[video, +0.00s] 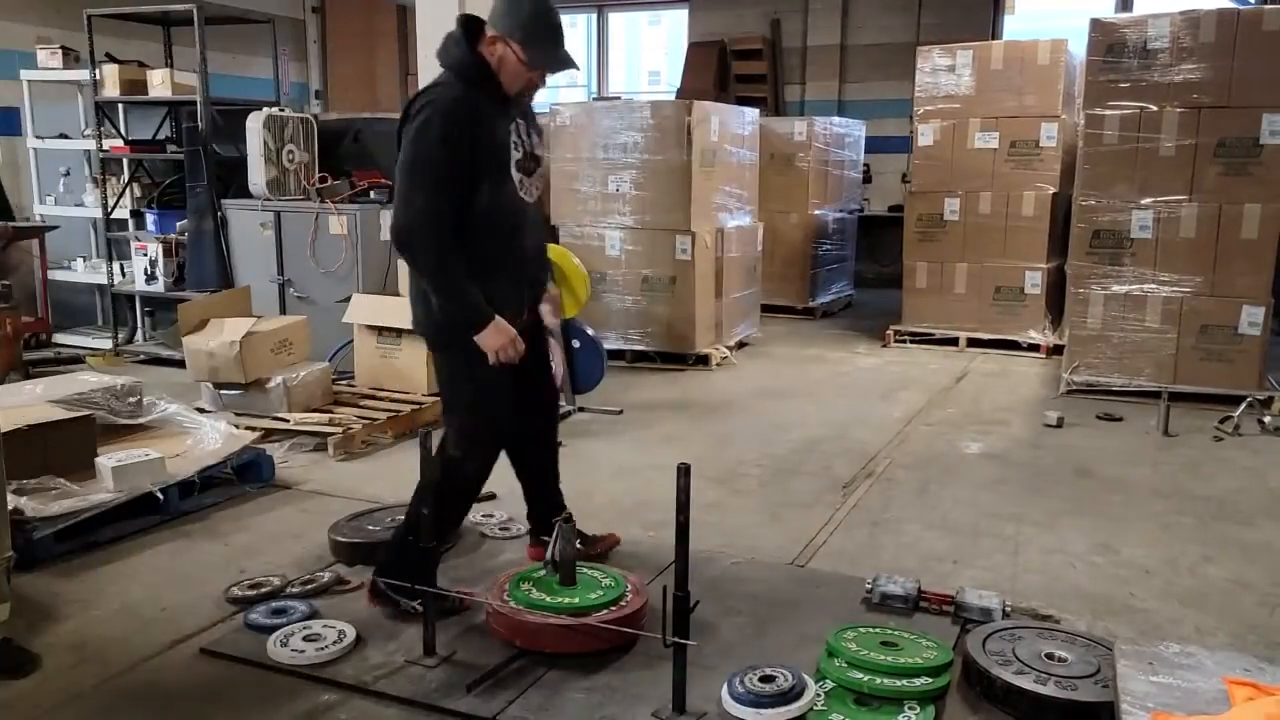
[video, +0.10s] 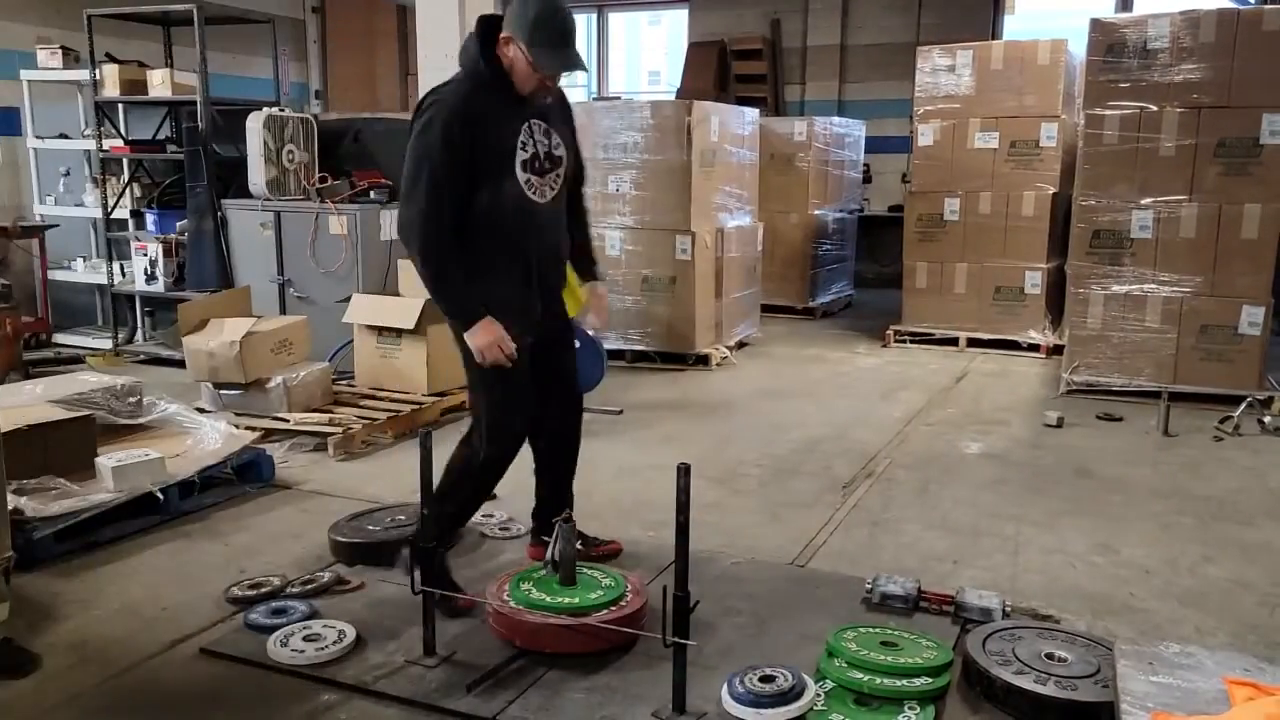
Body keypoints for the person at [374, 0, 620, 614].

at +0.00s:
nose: (542, 81)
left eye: (547, 69)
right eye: (537, 67)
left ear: (510, 53)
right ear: (499, 48)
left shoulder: (512, 108)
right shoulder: (446, 110)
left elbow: (522, 207)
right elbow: (416, 235)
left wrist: (550, 279)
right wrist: (480, 320)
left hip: (517, 300)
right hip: (463, 309)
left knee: (535, 419)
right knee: (475, 438)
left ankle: (552, 532)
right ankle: (402, 572)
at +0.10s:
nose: (553, 80)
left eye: (559, 68)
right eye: (543, 67)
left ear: (560, 57)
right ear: (509, 47)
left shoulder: (552, 104)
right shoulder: (453, 108)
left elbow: (569, 196)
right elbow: (419, 227)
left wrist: (590, 277)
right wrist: (471, 318)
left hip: (544, 294)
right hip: (484, 301)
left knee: (561, 416)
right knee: (499, 431)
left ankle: (553, 530)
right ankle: (427, 549)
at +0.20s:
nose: (556, 78)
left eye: (565, 65)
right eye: (544, 66)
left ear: (575, 45)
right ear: (511, 45)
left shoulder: (580, 101)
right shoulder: (460, 105)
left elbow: (603, 188)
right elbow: (426, 219)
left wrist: (620, 269)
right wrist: (466, 312)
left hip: (558, 290)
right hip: (491, 296)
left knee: (569, 419)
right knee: (506, 422)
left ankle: (551, 532)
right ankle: (480, 545)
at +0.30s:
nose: (550, 77)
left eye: (559, 63)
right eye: (536, 66)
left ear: (573, 40)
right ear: (506, 41)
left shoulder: (597, 98)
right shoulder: (463, 107)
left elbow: (623, 184)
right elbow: (435, 218)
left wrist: (637, 267)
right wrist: (466, 308)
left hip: (570, 290)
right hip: (497, 298)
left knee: (574, 413)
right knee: (510, 426)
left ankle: (557, 523)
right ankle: (526, 544)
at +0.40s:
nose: (540, 81)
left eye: (550, 68)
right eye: (527, 70)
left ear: (566, 44)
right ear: (501, 46)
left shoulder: (605, 100)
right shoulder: (462, 114)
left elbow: (634, 187)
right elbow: (441, 225)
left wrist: (641, 270)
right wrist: (470, 313)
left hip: (580, 292)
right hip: (502, 300)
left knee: (591, 407)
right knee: (519, 428)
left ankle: (565, 521)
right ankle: (533, 544)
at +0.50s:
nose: (531, 92)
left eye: (540, 79)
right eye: (518, 83)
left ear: (560, 54)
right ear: (497, 65)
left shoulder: (607, 105)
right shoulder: (461, 124)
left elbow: (635, 194)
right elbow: (446, 235)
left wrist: (637, 278)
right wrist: (477, 326)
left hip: (588, 293)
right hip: (505, 301)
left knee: (629, 401)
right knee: (513, 433)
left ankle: (588, 500)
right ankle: (533, 546)